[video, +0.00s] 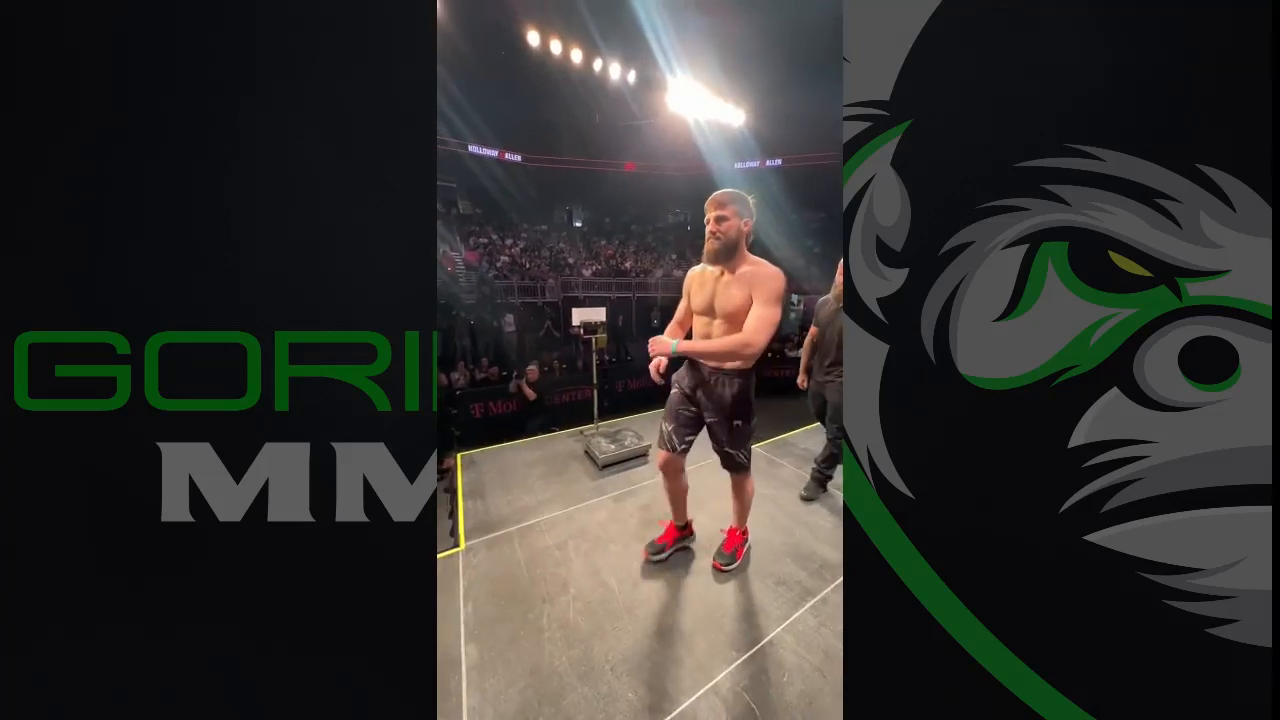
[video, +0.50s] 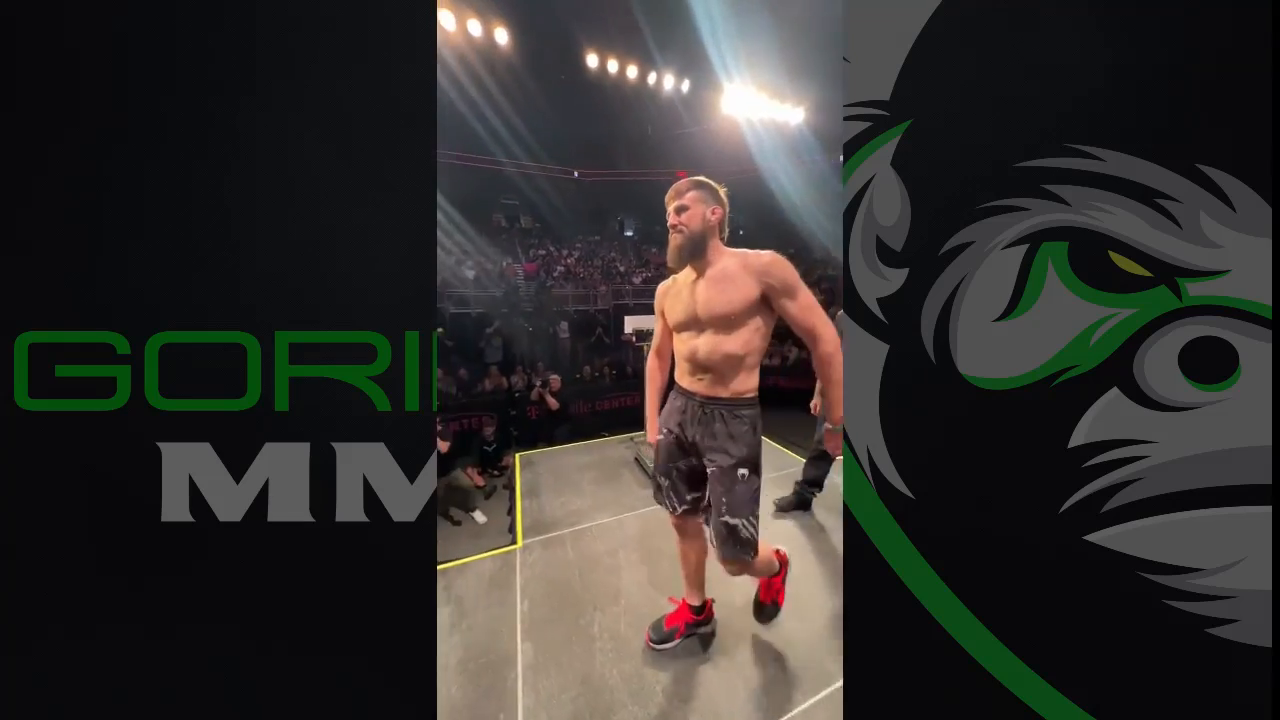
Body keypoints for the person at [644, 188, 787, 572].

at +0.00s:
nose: (710, 227)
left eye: (721, 220)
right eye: (708, 221)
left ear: (747, 226)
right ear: (706, 228)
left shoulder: (767, 277)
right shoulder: (696, 275)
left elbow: (749, 347)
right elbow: (678, 325)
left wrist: (679, 346)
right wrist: (663, 352)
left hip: (731, 383)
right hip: (690, 377)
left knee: (737, 469)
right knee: (668, 460)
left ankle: (738, 532)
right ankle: (680, 526)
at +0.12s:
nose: (702, 229)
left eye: (712, 220)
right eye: (698, 222)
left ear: (739, 225)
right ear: (695, 229)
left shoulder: (764, 279)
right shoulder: (687, 280)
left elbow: (752, 355)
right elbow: (674, 332)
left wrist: (678, 378)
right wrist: (655, 369)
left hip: (733, 394)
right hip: (687, 390)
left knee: (742, 476)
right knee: (669, 478)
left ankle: (743, 535)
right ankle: (661, 566)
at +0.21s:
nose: (693, 231)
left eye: (703, 222)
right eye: (689, 225)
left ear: (731, 226)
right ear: (688, 232)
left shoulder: (760, 281)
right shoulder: (680, 286)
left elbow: (755, 360)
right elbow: (667, 341)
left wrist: (701, 413)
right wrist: (647, 387)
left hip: (730, 399)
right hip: (683, 396)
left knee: (743, 482)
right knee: (665, 493)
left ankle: (750, 537)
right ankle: (659, 585)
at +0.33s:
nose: (677, 230)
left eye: (687, 220)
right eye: (673, 223)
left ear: (718, 225)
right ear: (673, 231)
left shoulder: (755, 279)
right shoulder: (668, 293)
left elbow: (781, 357)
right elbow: (656, 356)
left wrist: (765, 436)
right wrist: (643, 412)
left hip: (729, 410)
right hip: (676, 404)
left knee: (741, 503)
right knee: (661, 508)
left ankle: (765, 540)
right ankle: (668, 596)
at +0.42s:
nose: (671, 224)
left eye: (682, 213)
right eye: (668, 217)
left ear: (715, 218)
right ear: (669, 226)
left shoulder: (758, 271)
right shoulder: (666, 291)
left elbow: (804, 346)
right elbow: (656, 356)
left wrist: (806, 425)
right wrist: (648, 416)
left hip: (730, 411)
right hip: (677, 404)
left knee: (738, 529)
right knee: (669, 507)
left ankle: (773, 546)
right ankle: (681, 601)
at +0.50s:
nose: (672, 220)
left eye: (682, 209)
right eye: (669, 214)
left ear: (716, 213)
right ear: (670, 224)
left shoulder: (763, 268)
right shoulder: (668, 291)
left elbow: (824, 337)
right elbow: (658, 357)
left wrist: (834, 422)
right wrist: (651, 420)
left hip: (733, 417)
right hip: (680, 411)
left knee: (735, 559)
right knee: (684, 516)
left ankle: (777, 566)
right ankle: (695, 607)